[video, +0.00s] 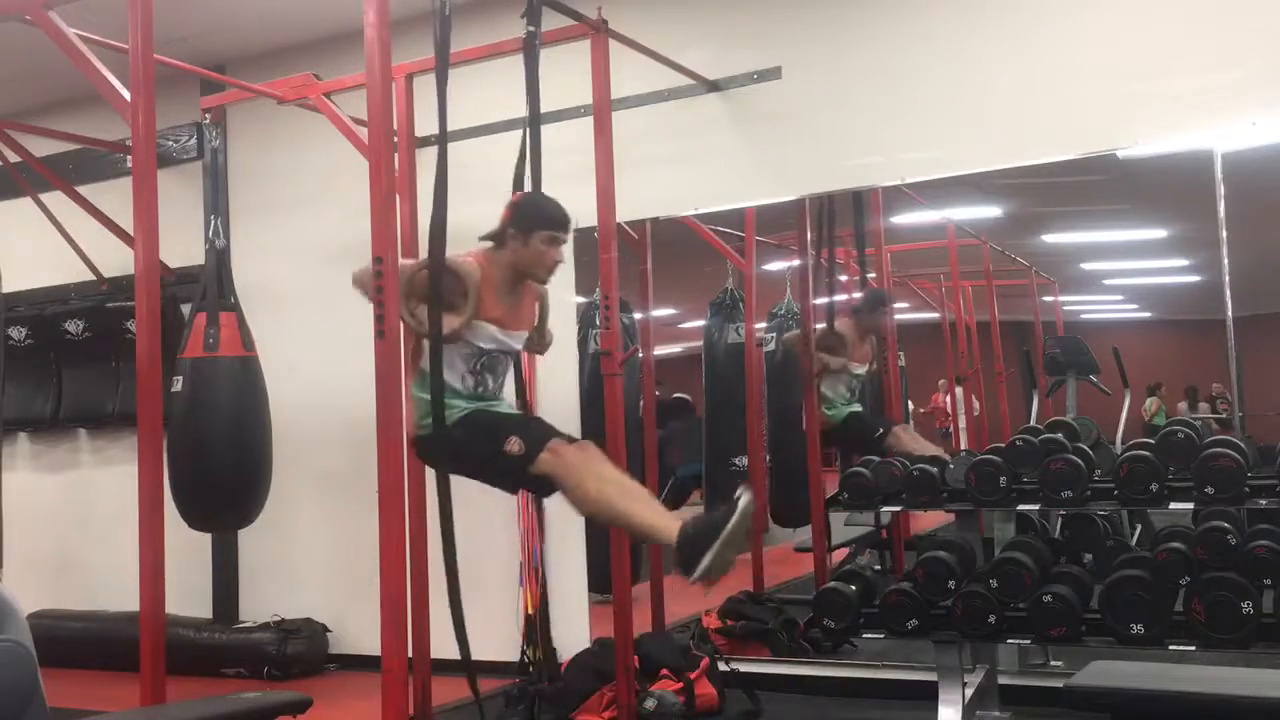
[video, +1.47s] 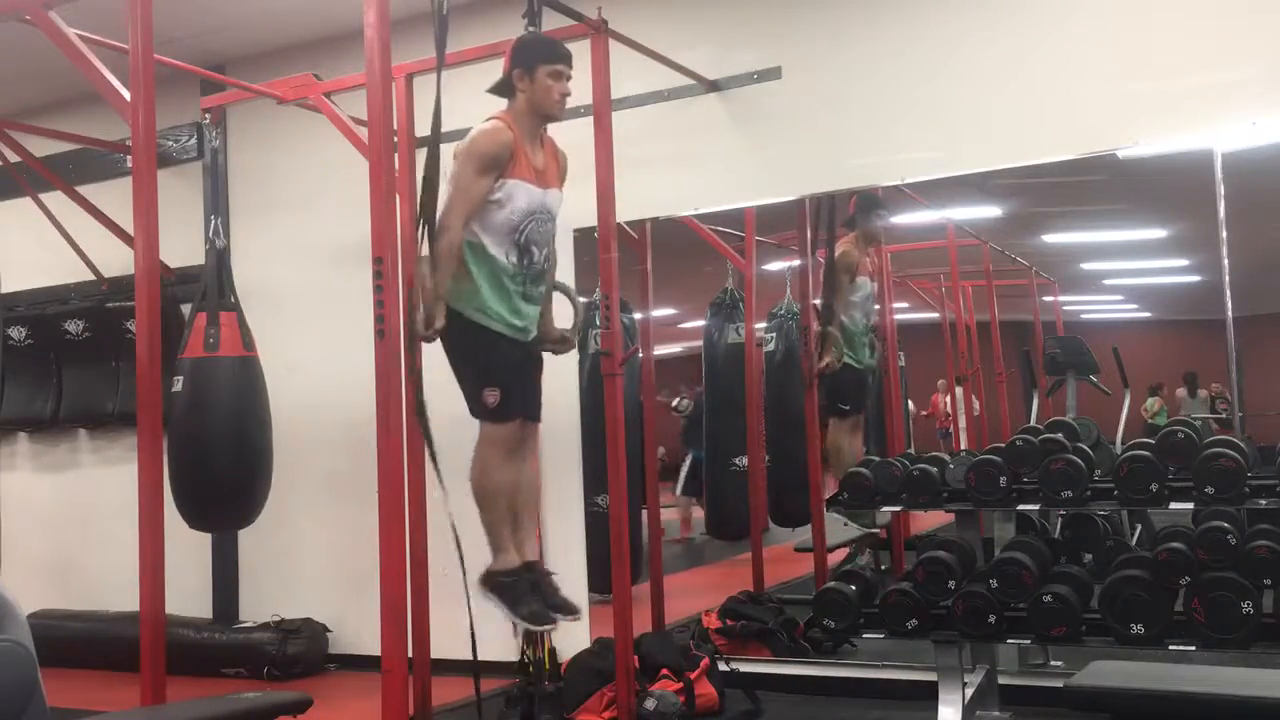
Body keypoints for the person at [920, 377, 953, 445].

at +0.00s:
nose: (943, 388)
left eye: (944, 386)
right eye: (941, 386)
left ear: (947, 386)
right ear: (939, 387)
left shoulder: (949, 396)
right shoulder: (935, 397)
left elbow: (952, 408)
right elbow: (932, 408)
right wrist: (924, 411)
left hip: (948, 422)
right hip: (939, 422)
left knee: (949, 438)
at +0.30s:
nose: (942, 388)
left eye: (944, 386)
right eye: (941, 386)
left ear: (947, 386)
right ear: (938, 387)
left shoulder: (949, 396)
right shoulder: (935, 397)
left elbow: (952, 407)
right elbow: (933, 407)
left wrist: (951, 416)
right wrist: (927, 411)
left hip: (948, 421)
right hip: (939, 422)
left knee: (949, 438)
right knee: (941, 439)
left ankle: (951, 452)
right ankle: (943, 453)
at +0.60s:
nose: (942, 388)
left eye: (943, 386)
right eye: (940, 386)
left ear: (947, 386)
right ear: (938, 387)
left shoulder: (949, 396)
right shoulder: (935, 397)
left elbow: (953, 408)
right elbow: (932, 409)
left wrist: (952, 416)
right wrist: (925, 411)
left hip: (949, 422)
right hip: (939, 423)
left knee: (950, 439)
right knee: (941, 440)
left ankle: (952, 453)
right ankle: (943, 453)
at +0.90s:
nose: (942, 387)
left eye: (944, 385)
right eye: (940, 386)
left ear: (946, 386)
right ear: (938, 387)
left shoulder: (949, 396)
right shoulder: (935, 397)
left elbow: (953, 409)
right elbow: (933, 411)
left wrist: (950, 417)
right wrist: (927, 413)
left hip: (949, 422)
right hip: (940, 423)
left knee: (952, 438)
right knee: (941, 440)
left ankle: (953, 452)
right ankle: (943, 453)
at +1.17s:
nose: (942, 388)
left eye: (944, 386)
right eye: (940, 386)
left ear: (946, 386)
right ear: (938, 387)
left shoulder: (949, 396)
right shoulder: (935, 397)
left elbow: (953, 409)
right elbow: (933, 410)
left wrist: (949, 417)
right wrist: (926, 413)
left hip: (949, 422)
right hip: (940, 422)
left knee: (952, 439)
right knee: (942, 440)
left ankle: (953, 453)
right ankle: (943, 453)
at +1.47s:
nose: (942, 389)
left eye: (944, 387)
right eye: (941, 387)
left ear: (946, 387)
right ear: (938, 387)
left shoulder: (949, 396)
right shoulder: (935, 397)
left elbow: (953, 408)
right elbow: (932, 409)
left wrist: (950, 417)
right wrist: (926, 413)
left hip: (949, 422)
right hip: (940, 423)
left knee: (951, 439)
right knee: (942, 440)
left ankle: (953, 452)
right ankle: (944, 453)